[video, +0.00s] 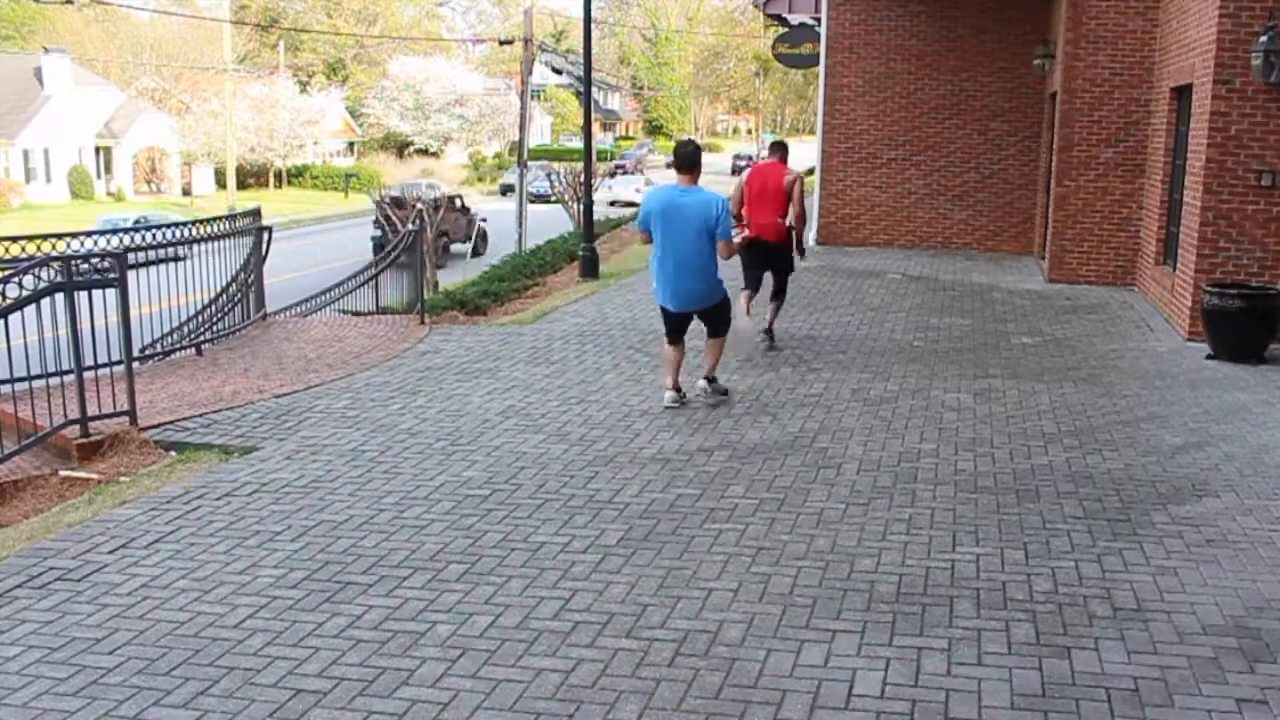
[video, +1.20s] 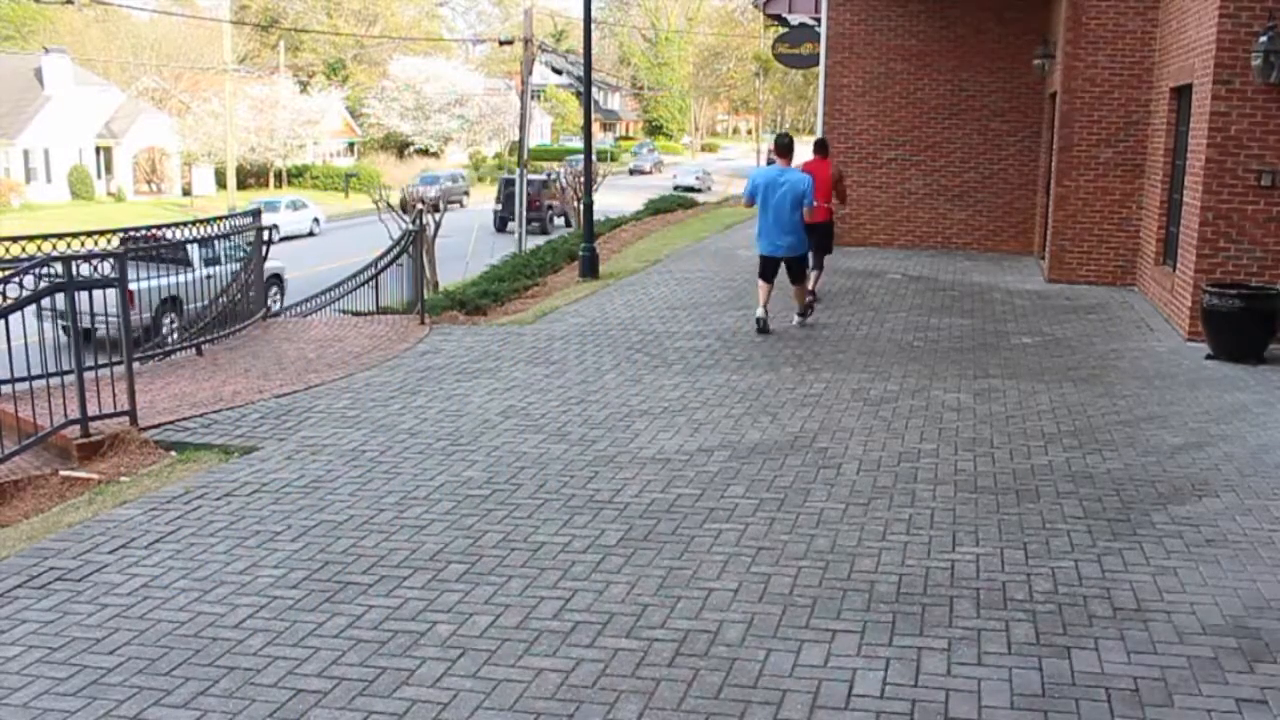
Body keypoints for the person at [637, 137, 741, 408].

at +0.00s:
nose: (696, 168)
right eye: (699, 163)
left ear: (674, 165)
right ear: (700, 166)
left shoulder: (654, 198)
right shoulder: (715, 203)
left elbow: (644, 237)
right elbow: (725, 252)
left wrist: (669, 227)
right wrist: (739, 243)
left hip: (669, 291)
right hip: (704, 289)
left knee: (674, 340)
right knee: (719, 325)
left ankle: (671, 387)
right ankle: (708, 377)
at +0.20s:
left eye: (706, 162)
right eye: (724, 162)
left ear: (702, 164)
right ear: (727, 164)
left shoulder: (684, 191)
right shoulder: (741, 199)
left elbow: (665, 225)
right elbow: (747, 244)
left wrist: (688, 216)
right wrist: (748, 226)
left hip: (693, 277)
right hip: (726, 279)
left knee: (691, 314)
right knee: (734, 327)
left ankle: (684, 353)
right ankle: (738, 371)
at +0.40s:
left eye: (720, 158)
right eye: (735, 157)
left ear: (715, 160)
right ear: (739, 159)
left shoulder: (700, 188)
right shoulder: (756, 191)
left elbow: (692, 224)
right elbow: (766, 232)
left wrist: (711, 218)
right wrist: (774, 227)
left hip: (713, 268)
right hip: (744, 268)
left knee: (718, 315)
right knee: (749, 311)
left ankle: (721, 353)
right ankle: (743, 346)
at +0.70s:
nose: (759, 160)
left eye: (748, 156)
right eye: (762, 156)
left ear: (743, 158)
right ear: (765, 157)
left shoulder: (727, 183)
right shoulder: (777, 189)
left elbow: (712, 212)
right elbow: (781, 227)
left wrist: (730, 198)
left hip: (736, 256)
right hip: (765, 259)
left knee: (735, 293)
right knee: (771, 299)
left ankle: (728, 325)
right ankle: (776, 337)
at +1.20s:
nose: (776, 153)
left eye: (773, 150)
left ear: (773, 152)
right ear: (793, 152)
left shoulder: (760, 175)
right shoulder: (804, 180)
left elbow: (748, 202)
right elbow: (808, 214)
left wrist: (764, 190)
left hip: (768, 240)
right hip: (794, 242)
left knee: (765, 278)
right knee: (798, 281)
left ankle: (761, 309)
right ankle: (801, 311)